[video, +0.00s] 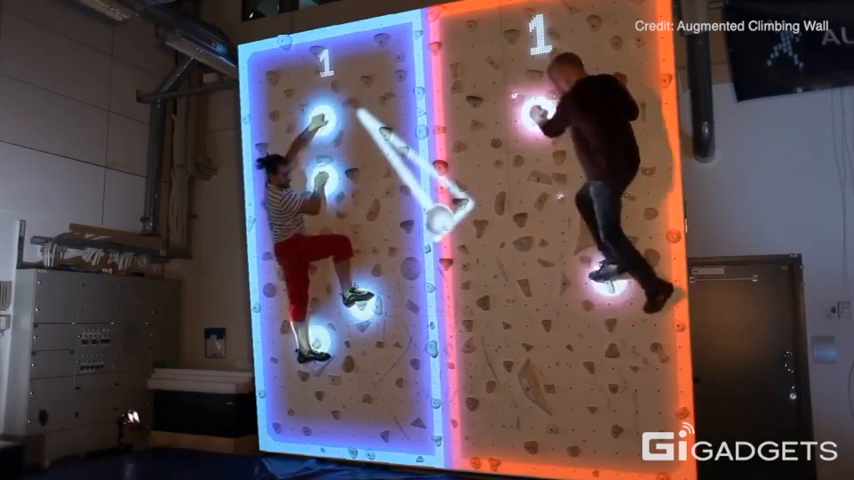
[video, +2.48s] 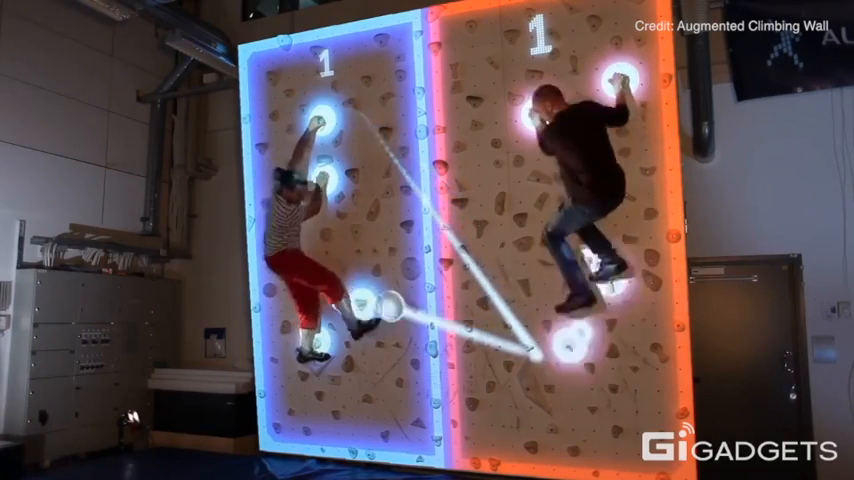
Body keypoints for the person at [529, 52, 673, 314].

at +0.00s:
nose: (556, 88)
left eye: (556, 81)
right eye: (554, 83)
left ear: (565, 76)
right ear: (579, 69)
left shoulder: (573, 99)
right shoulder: (608, 84)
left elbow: (552, 129)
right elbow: (632, 112)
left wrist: (539, 117)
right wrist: (621, 87)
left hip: (607, 173)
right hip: (629, 165)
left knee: (610, 235)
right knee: (584, 200)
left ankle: (655, 287)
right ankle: (614, 259)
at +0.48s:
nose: (560, 117)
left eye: (559, 111)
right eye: (557, 113)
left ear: (568, 105)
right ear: (578, 95)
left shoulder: (582, 129)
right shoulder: (611, 101)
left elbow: (559, 139)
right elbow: (641, 112)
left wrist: (544, 122)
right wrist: (630, 93)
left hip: (625, 188)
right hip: (647, 173)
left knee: (573, 218)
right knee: (586, 198)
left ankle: (543, 271)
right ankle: (614, 259)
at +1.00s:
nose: (557, 112)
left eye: (556, 108)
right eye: (555, 108)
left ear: (562, 107)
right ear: (577, 92)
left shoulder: (575, 129)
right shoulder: (608, 101)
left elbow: (556, 138)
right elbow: (640, 112)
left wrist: (543, 121)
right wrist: (630, 91)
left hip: (617, 190)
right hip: (640, 176)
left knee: (569, 222)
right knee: (580, 199)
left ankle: (543, 276)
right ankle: (613, 258)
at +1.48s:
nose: (549, 139)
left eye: (548, 134)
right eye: (547, 134)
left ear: (555, 129)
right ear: (569, 120)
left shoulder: (567, 154)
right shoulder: (599, 126)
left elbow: (550, 155)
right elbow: (628, 119)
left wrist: (542, 131)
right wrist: (625, 94)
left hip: (609, 214)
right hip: (630, 199)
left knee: (586, 273)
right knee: (572, 205)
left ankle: (584, 333)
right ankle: (611, 259)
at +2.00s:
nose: (539, 161)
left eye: (538, 157)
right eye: (539, 155)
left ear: (543, 158)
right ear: (560, 145)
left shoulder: (551, 176)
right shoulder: (587, 150)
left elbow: (543, 152)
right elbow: (614, 126)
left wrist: (542, 126)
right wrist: (621, 95)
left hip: (597, 236)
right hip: (619, 220)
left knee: (580, 291)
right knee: (562, 215)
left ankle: (571, 357)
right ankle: (608, 261)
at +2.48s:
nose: (539, 115)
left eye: (538, 110)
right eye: (537, 111)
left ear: (548, 105)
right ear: (560, 98)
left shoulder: (555, 131)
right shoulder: (588, 109)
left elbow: (546, 147)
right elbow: (620, 118)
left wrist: (539, 125)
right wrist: (622, 93)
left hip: (592, 200)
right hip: (615, 188)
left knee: (553, 235)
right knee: (574, 214)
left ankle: (581, 294)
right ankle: (611, 261)